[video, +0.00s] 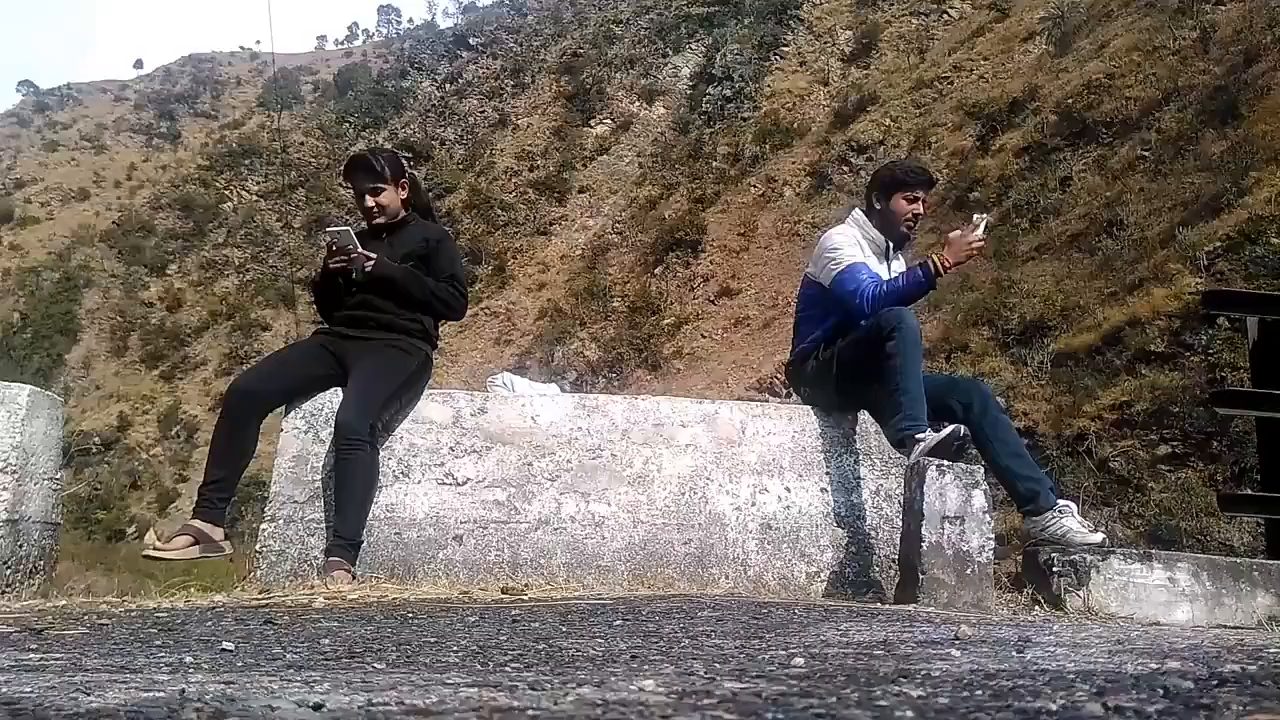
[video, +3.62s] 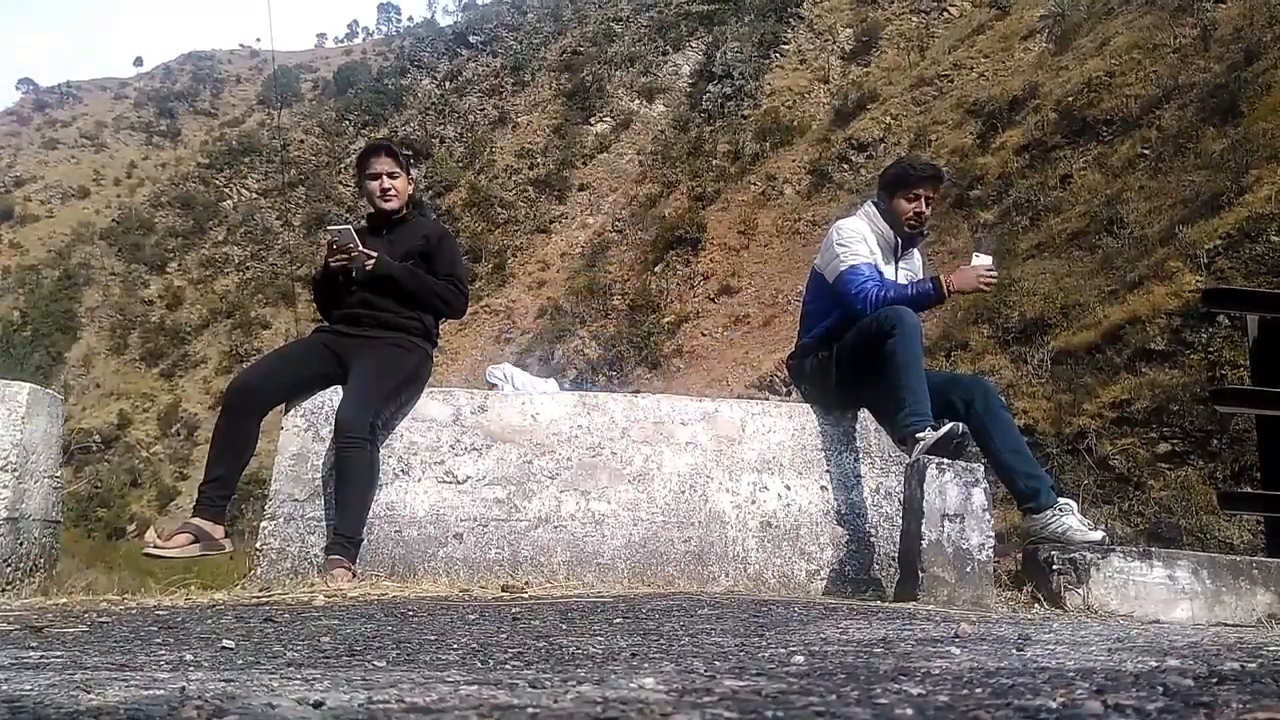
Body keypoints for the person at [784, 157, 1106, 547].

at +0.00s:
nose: (919, 211)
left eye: (923, 203)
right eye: (909, 200)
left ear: (921, 209)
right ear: (879, 201)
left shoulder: (895, 257)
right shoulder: (838, 242)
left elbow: (884, 311)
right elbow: (868, 299)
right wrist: (941, 261)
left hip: (872, 377)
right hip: (822, 374)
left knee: (972, 395)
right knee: (899, 323)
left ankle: (1042, 512)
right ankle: (913, 437)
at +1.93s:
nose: (926, 206)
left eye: (929, 198)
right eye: (916, 197)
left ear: (928, 204)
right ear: (885, 199)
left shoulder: (906, 247)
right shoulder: (850, 236)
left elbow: (895, 308)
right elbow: (870, 306)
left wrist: (944, 260)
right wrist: (937, 263)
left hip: (876, 376)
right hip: (824, 374)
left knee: (975, 394)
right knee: (900, 325)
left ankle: (1043, 512)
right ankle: (917, 436)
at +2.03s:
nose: (927, 206)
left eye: (929, 198)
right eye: (917, 197)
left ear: (928, 204)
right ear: (886, 199)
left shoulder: (907, 246)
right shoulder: (850, 236)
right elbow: (872, 304)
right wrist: (937, 262)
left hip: (876, 377)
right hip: (825, 374)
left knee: (974, 393)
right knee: (900, 324)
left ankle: (1044, 512)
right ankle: (917, 436)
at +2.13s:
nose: (928, 205)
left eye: (930, 197)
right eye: (918, 196)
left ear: (930, 203)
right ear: (887, 199)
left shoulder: (909, 245)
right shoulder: (853, 235)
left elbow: (894, 308)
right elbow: (873, 304)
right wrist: (937, 262)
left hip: (876, 376)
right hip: (824, 373)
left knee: (974, 393)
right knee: (900, 324)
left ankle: (1043, 511)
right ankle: (917, 437)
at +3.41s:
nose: (928, 207)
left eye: (932, 199)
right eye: (917, 196)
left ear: (933, 204)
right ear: (887, 197)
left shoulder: (911, 247)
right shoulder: (851, 232)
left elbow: (895, 304)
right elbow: (869, 300)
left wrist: (944, 268)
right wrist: (940, 268)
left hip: (878, 374)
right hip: (825, 371)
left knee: (975, 390)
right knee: (897, 321)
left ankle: (1043, 509)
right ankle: (917, 434)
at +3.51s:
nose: (925, 207)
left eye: (930, 199)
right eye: (914, 197)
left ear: (931, 204)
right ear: (886, 197)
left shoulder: (910, 250)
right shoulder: (849, 231)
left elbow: (897, 308)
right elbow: (868, 299)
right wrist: (943, 275)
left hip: (879, 376)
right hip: (825, 371)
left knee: (975, 390)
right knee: (897, 320)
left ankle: (1043, 509)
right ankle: (917, 433)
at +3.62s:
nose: (920, 209)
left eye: (928, 202)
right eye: (910, 198)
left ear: (932, 207)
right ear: (885, 197)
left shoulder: (910, 253)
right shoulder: (849, 232)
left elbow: (903, 308)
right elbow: (865, 297)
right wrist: (945, 284)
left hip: (879, 376)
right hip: (825, 373)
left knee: (975, 391)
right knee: (898, 321)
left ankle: (1043, 510)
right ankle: (917, 434)